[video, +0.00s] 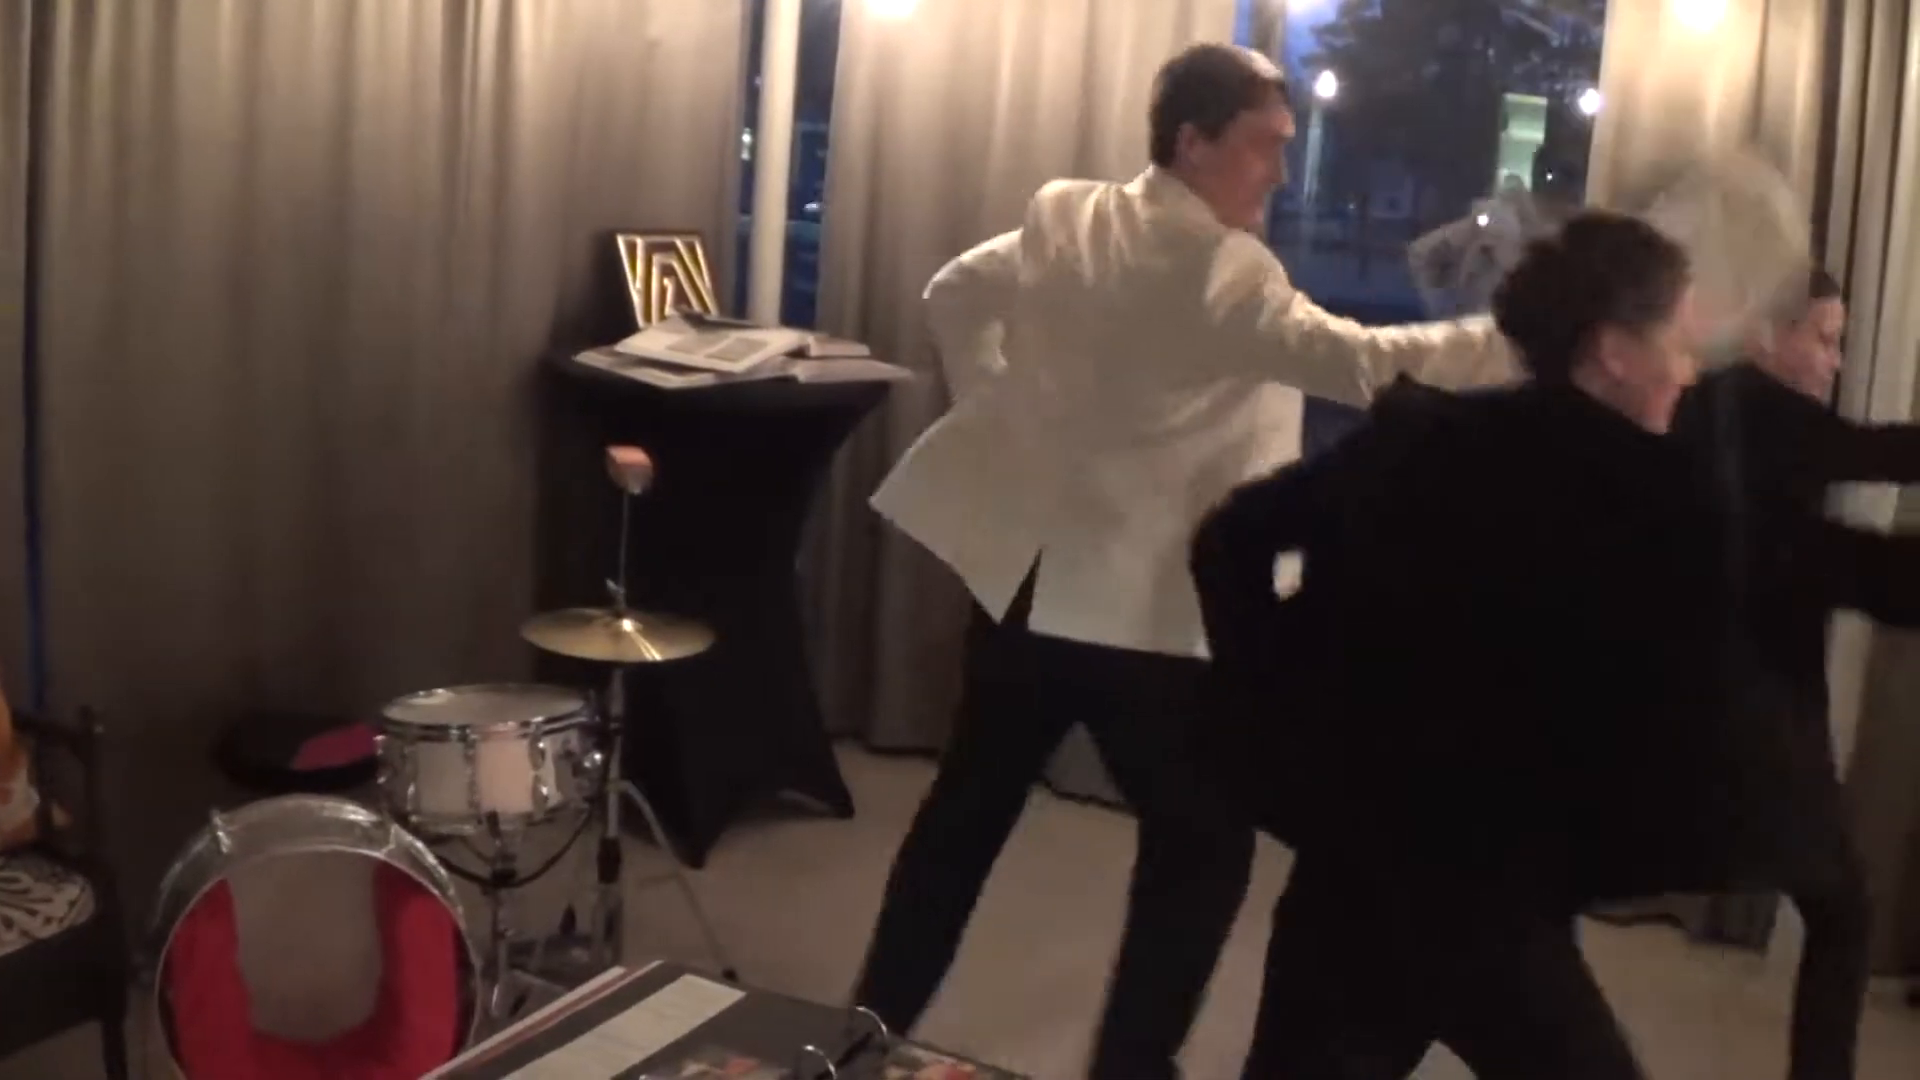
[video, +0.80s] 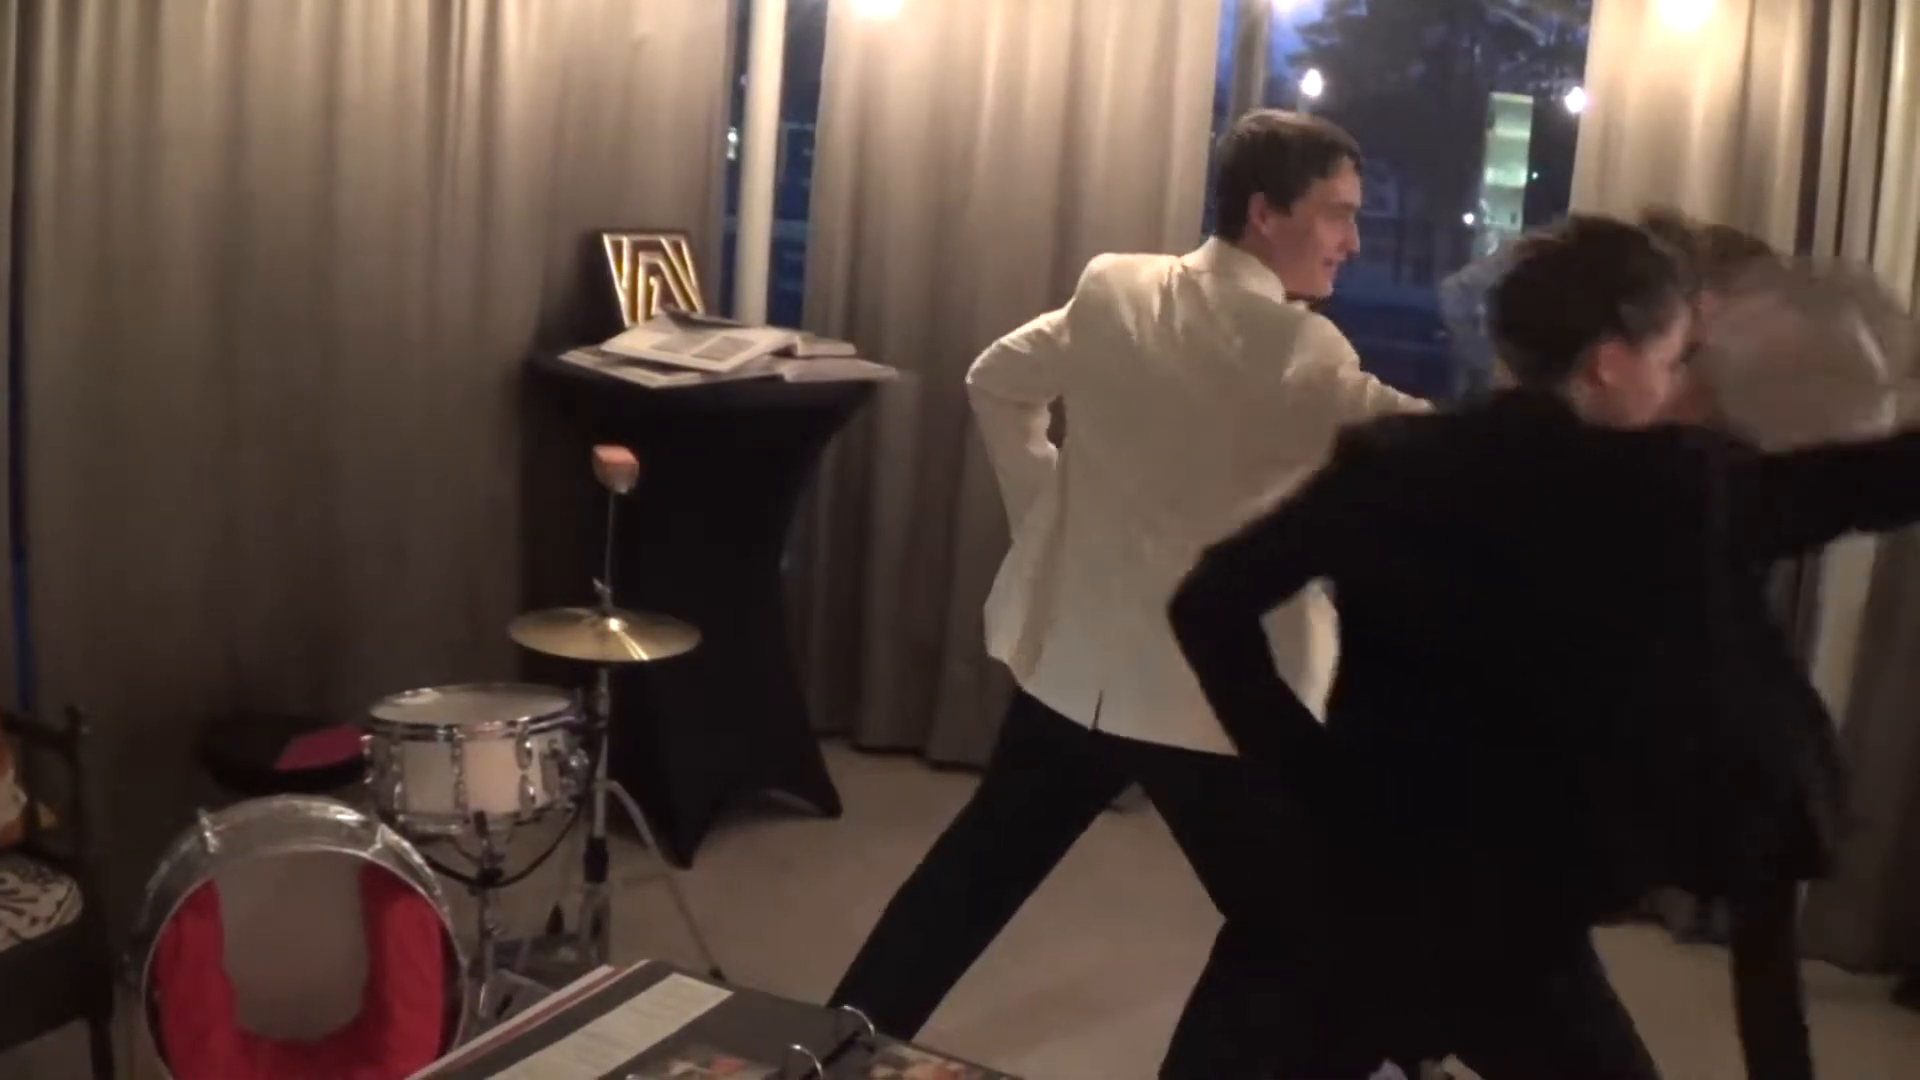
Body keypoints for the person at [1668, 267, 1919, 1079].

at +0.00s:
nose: (1835, 358)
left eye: (1838, 340)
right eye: (1825, 339)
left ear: (1778, 341)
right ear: (1776, 336)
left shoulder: (1713, 405)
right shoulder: (1777, 416)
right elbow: (1877, 451)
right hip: (1762, 725)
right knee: (1839, 912)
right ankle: (1821, 1068)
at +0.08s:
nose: (1728, 396)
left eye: (1729, 369)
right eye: (1720, 366)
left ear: (1583, 362)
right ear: (1658, 371)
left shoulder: (1446, 473)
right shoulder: (1724, 523)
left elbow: (1286, 581)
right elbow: (1896, 626)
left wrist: (1336, 787)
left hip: (1372, 900)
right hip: (1533, 930)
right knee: (1647, 1072)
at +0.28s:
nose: (1792, 443)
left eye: (1797, 419)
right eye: (1790, 417)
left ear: (1649, 395)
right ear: (1738, 414)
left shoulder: (1521, 496)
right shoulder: (1785, 557)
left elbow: (1369, 626)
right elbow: (1898, 649)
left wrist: (1398, 813)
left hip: (1414, 935)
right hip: (1589, 975)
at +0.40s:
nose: (1803, 453)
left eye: (1809, 429)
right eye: (1803, 428)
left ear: (1658, 405)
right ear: (1754, 430)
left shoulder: (1531, 509)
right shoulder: (1800, 570)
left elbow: (1374, 644)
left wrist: (1406, 833)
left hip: (1421, 943)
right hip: (1601, 987)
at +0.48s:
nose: (1799, 457)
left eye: (1806, 433)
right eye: (1800, 431)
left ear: (1654, 406)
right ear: (1753, 430)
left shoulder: (1525, 513)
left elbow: (1364, 651)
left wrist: (1408, 838)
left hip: (1424, 946)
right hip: (1603, 990)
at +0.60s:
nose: (1773, 441)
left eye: (1775, 414)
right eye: (1769, 414)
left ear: (1625, 400)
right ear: (1722, 418)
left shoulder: (1493, 509)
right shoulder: (1775, 554)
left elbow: (1318, 646)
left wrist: (1387, 826)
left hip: (1414, 940)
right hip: (1587, 975)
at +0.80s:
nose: (1677, 383)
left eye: (1680, 358)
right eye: (1670, 358)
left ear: (1520, 351)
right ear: (1607, 362)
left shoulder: (1390, 467)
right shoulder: (1684, 487)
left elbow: (1209, 604)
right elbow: (1889, 476)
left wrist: (1307, 776)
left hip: (1346, 898)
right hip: (1518, 926)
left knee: (1214, 1065)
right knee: (1610, 1062)